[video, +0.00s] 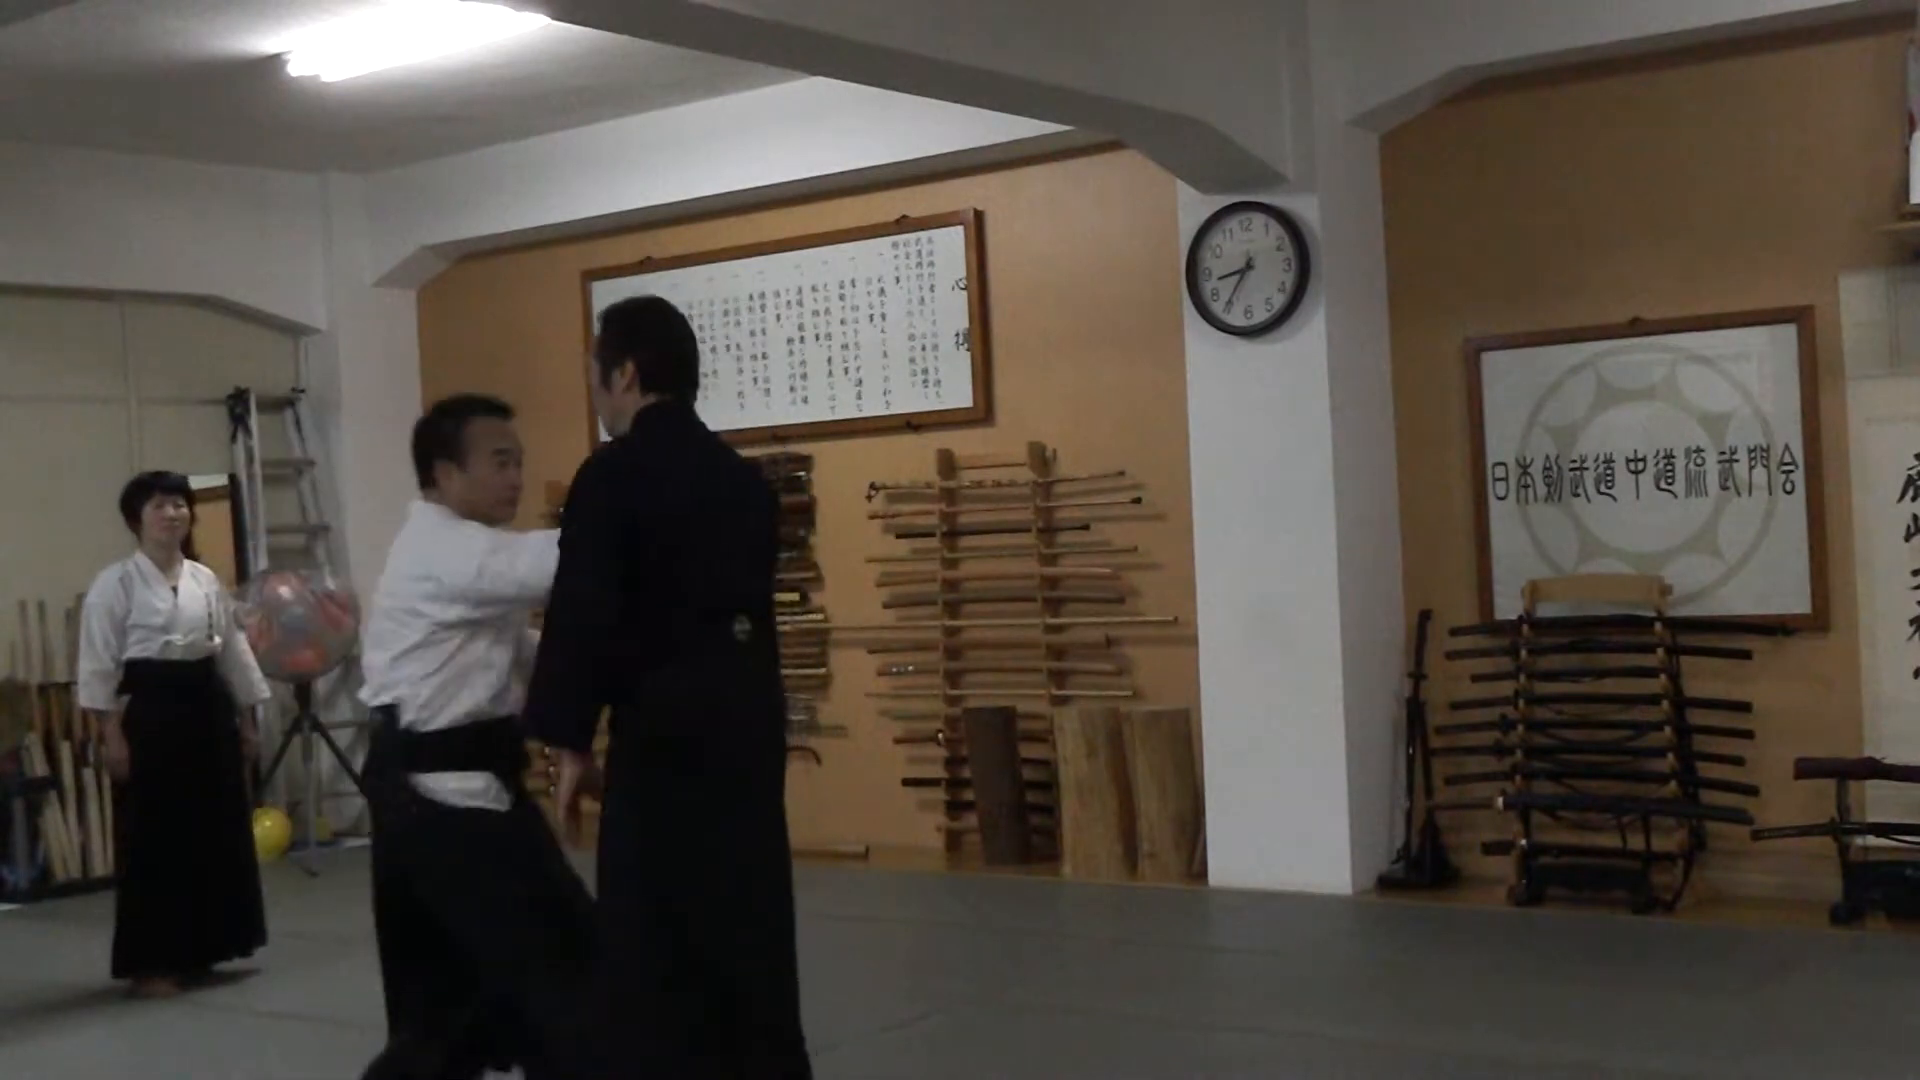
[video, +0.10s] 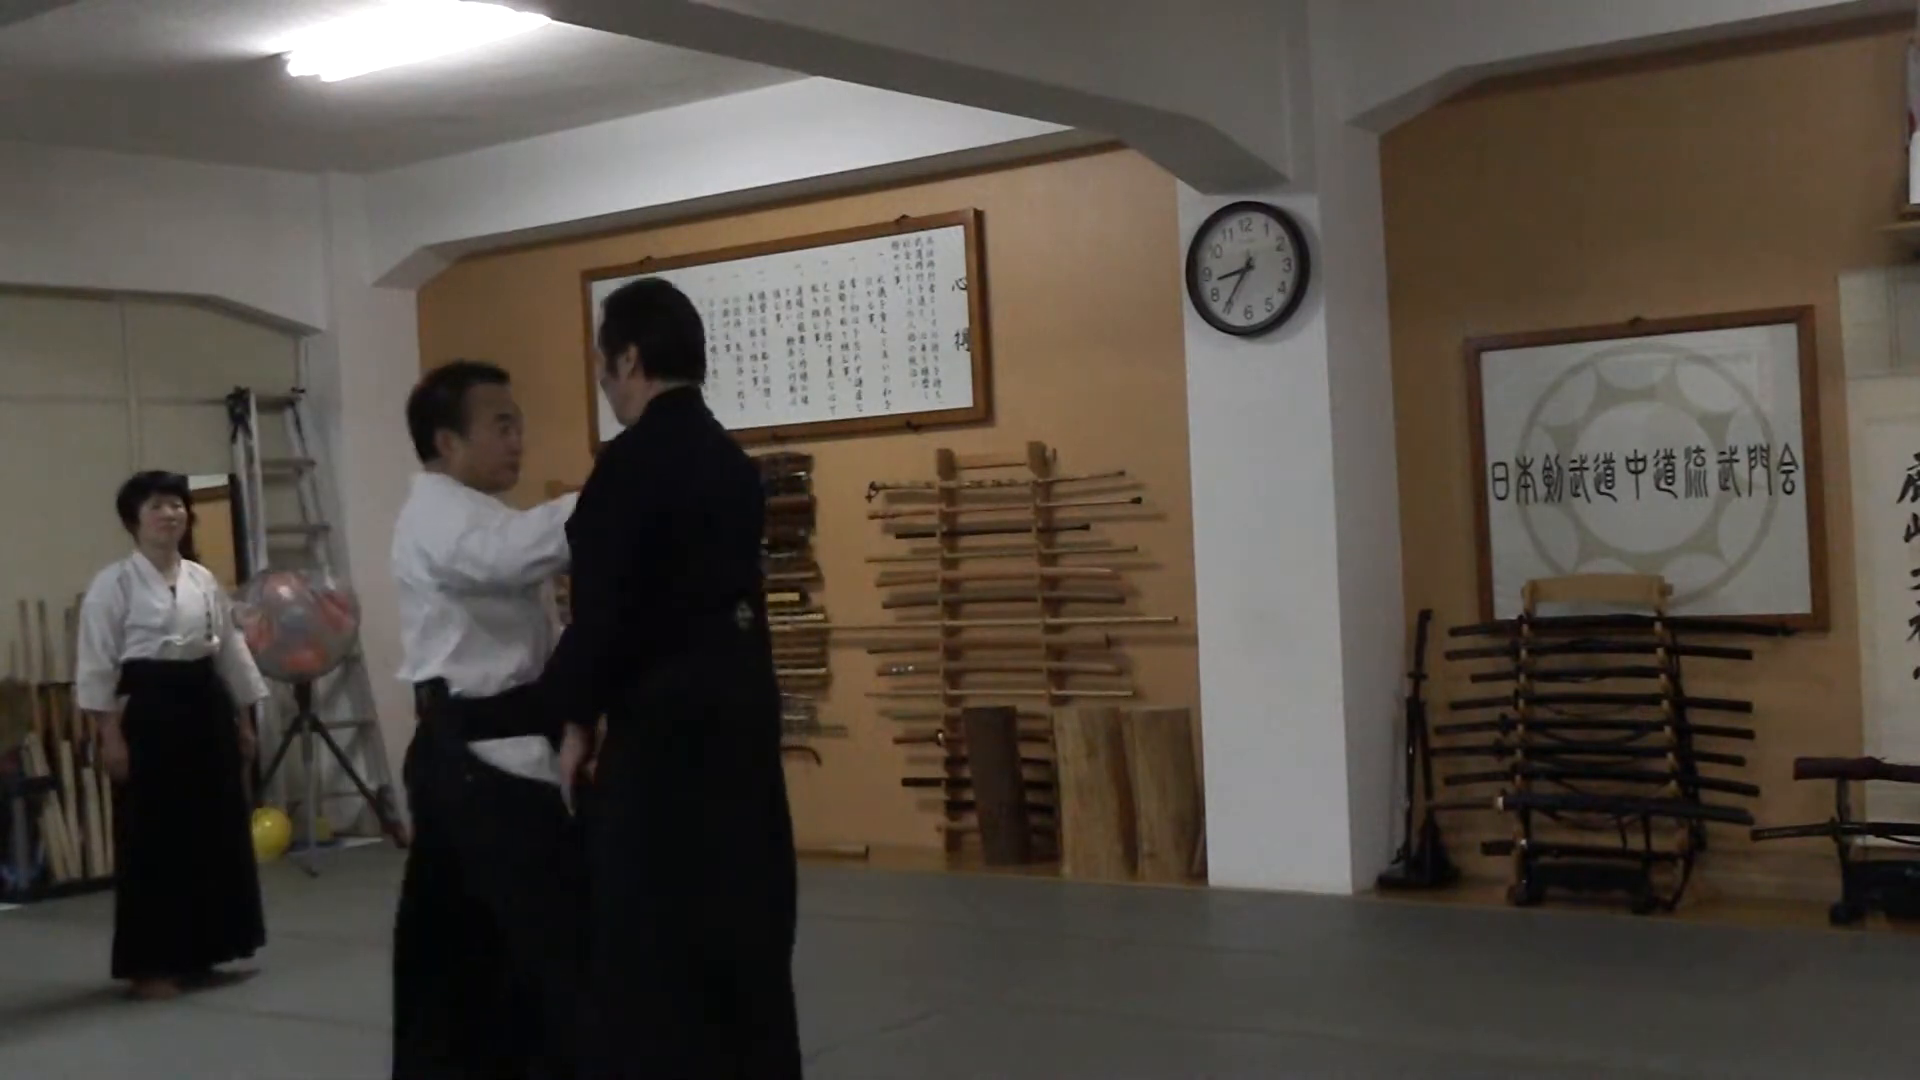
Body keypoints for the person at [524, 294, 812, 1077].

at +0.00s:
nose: (596, 389)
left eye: (599, 374)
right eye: (597, 374)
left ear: (629, 374)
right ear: (685, 375)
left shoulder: (612, 475)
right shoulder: (741, 473)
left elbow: (581, 614)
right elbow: (750, 611)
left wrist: (570, 737)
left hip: (657, 721)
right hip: (749, 712)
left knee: (650, 910)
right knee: (747, 903)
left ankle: (657, 1064)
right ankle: (761, 1063)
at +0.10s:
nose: (603, 379)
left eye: (605, 363)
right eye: (603, 364)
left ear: (631, 362)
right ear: (692, 359)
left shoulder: (624, 466)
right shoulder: (729, 457)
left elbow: (602, 610)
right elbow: (705, 606)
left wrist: (576, 718)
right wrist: (605, 714)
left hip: (655, 716)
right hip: (739, 703)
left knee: (650, 914)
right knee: (739, 906)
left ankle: (657, 1059)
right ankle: (748, 1058)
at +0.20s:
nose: (610, 380)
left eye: (612, 364)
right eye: (609, 365)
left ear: (638, 363)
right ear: (702, 360)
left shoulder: (631, 468)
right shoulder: (749, 460)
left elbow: (605, 609)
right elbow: (749, 602)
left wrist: (585, 728)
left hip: (670, 715)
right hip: (757, 700)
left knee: (651, 906)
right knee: (746, 898)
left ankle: (659, 1060)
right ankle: (756, 1058)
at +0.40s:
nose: (630, 408)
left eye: (627, 387)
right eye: (625, 391)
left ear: (650, 374)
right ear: (712, 367)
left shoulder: (654, 475)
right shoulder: (792, 467)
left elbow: (631, 630)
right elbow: (796, 625)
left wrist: (631, 760)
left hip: (711, 735)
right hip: (808, 724)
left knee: (693, 942)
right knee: (791, 941)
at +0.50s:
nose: (668, 425)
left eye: (665, 405)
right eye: (663, 408)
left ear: (689, 391)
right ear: (750, 384)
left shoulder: (703, 487)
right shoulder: (821, 484)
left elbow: (665, 633)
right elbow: (822, 634)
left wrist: (651, 771)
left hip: (744, 740)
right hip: (836, 727)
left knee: (699, 938)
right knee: (824, 933)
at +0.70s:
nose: (756, 409)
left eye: (756, 387)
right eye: (751, 390)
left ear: (792, 373)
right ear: (826, 370)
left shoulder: (814, 475)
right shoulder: (899, 464)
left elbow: (790, 629)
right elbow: (903, 625)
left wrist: (780, 770)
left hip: (843, 756)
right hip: (915, 739)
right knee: (931, 952)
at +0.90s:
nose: (838, 429)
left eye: (837, 410)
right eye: (832, 413)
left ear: (876, 389)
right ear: (895, 388)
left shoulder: (922, 477)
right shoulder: (965, 464)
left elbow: (923, 639)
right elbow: (990, 625)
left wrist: (901, 779)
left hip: (965, 752)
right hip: (1014, 741)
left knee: (863, 960)